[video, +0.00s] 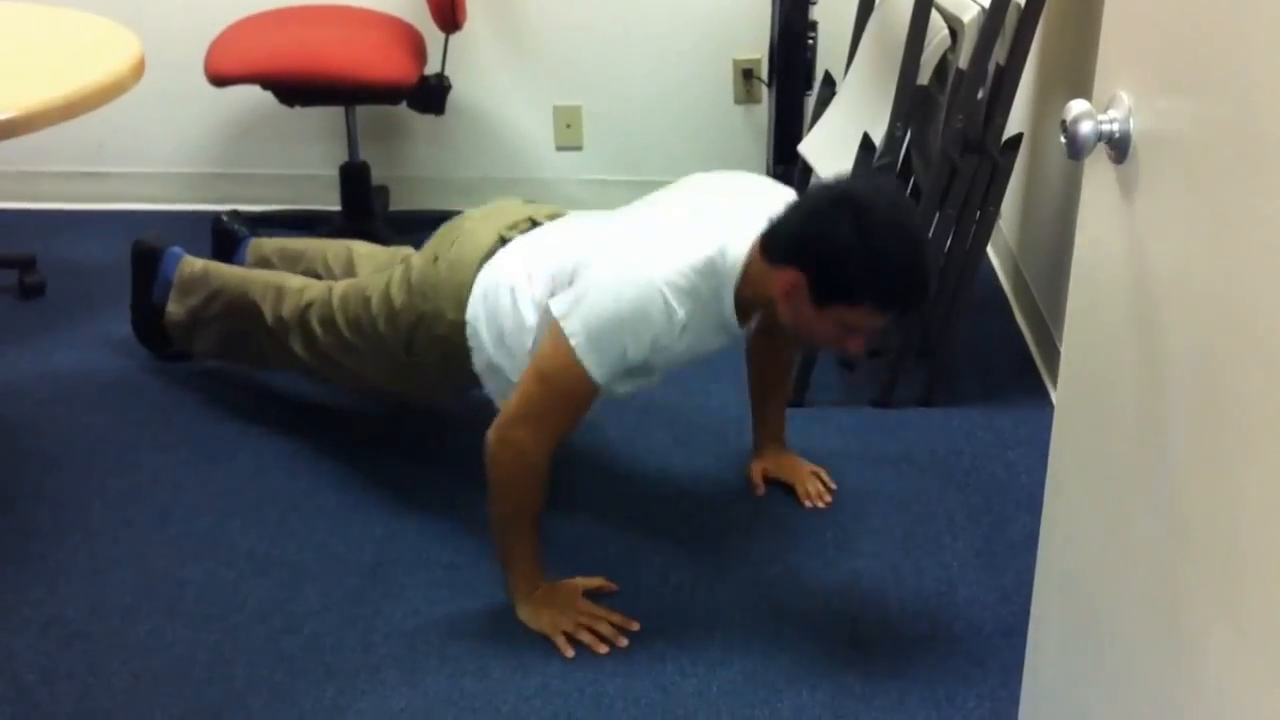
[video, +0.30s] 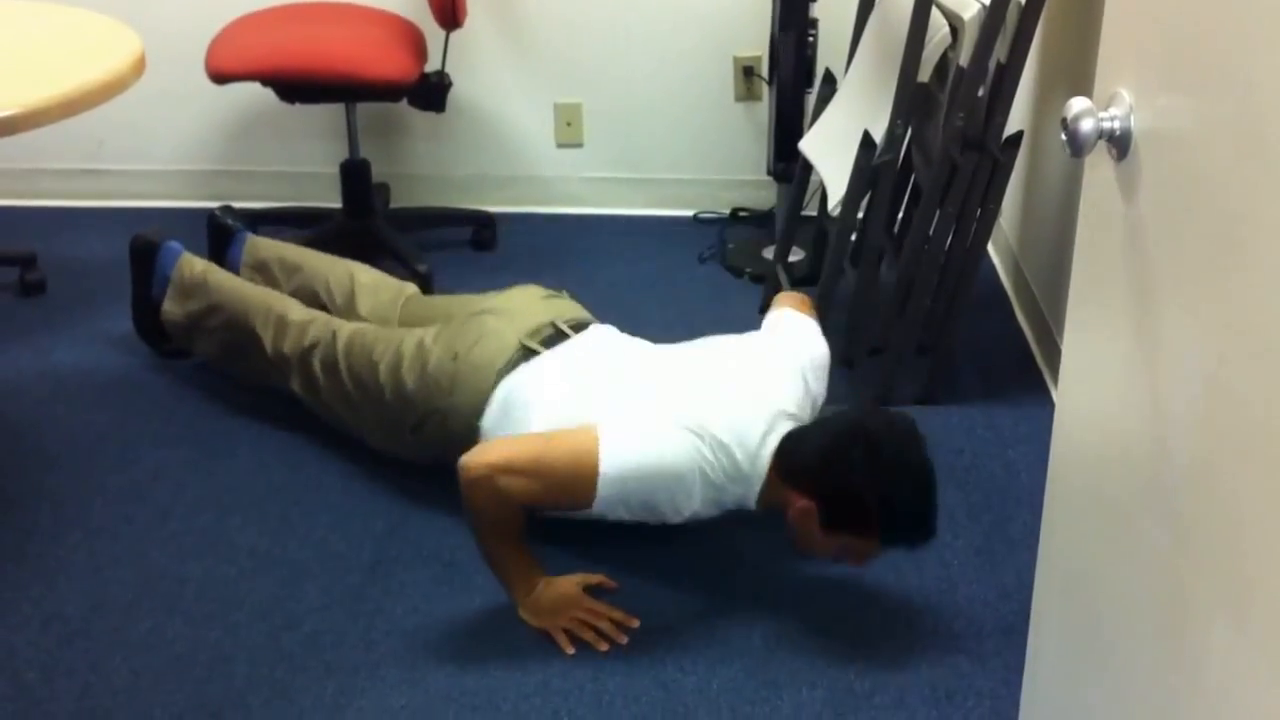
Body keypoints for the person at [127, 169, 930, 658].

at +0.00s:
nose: (857, 347)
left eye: (874, 334)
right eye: (854, 328)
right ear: (795, 289)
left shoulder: (785, 215)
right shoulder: (645, 302)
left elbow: (775, 330)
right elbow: (516, 439)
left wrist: (771, 443)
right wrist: (530, 587)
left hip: (530, 226)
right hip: (470, 301)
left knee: (391, 262)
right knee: (307, 322)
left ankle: (257, 245)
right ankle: (175, 296)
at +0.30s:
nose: (848, 559)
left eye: (864, 550)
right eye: (853, 546)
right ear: (815, 509)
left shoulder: (801, 371)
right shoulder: (688, 465)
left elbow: (792, 301)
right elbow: (485, 475)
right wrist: (530, 590)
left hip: (556, 317)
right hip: (478, 384)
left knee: (402, 303)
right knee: (310, 349)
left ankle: (251, 248)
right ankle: (182, 283)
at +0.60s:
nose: (854, 401)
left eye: (869, 390)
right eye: (855, 387)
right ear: (799, 348)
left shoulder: (781, 251)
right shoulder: (652, 351)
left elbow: (772, 346)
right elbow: (489, 453)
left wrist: (770, 438)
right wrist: (531, 587)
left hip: (530, 253)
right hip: (471, 329)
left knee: (385, 271)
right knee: (302, 329)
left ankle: (242, 239)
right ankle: (174, 284)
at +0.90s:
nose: (863, 387)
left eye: (876, 373)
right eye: (862, 371)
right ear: (802, 337)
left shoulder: (786, 239)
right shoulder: (658, 338)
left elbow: (775, 340)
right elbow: (488, 446)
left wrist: (770, 434)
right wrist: (532, 584)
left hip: (533, 247)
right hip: (466, 322)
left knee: (387, 268)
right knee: (306, 325)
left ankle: (248, 236)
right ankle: (178, 285)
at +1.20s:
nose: (859, 543)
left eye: (875, 533)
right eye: (861, 529)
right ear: (816, 494)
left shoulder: (801, 358)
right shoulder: (685, 449)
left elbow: (793, 292)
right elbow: (487, 467)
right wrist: (531, 582)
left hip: (557, 309)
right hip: (480, 377)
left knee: (403, 296)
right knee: (313, 342)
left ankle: (250, 240)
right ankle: (182, 276)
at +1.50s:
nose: (855, 327)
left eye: (870, 313)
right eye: (852, 309)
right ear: (794, 266)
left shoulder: (783, 193)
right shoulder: (643, 288)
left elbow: (779, 314)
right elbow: (520, 423)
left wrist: (772, 432)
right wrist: (531, 576)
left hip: (527, 214)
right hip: (472, 285)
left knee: (389, 250)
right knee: (310, 311)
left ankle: (247, 233)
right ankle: (177, 285)